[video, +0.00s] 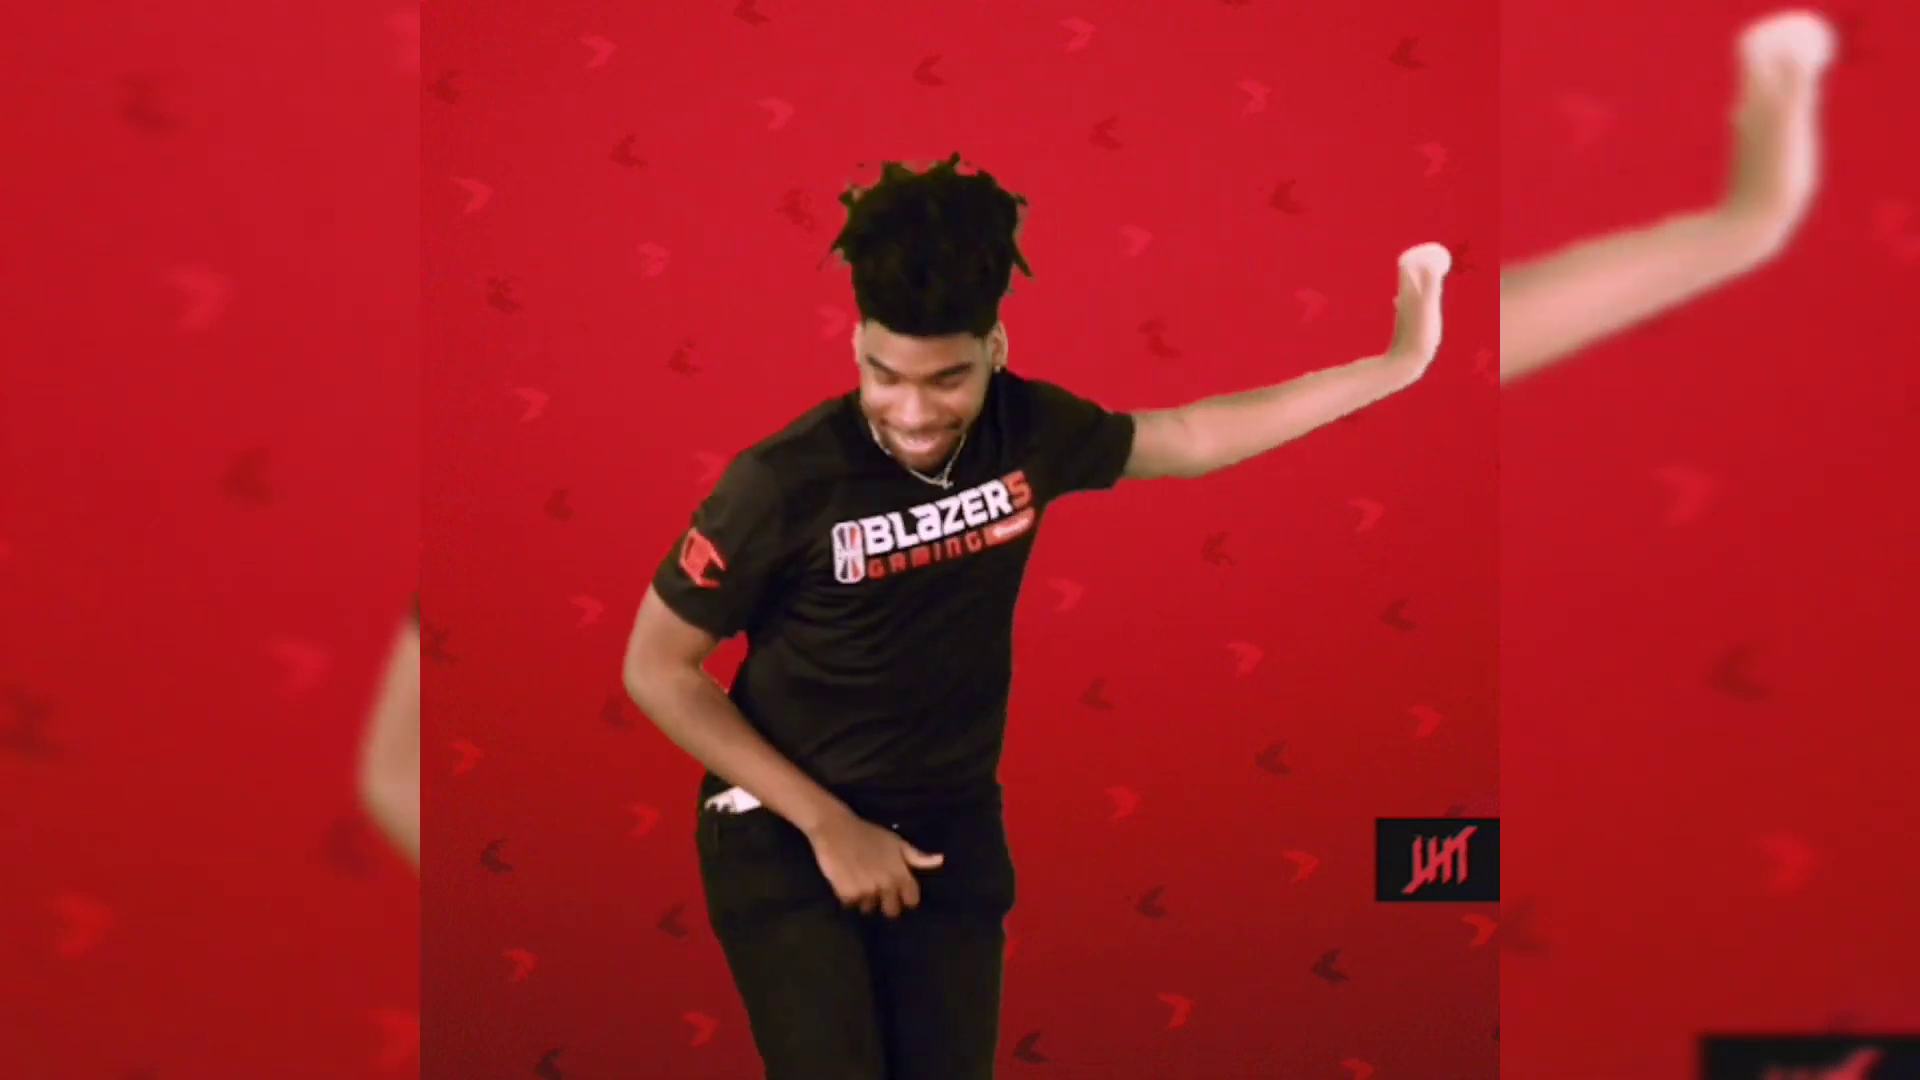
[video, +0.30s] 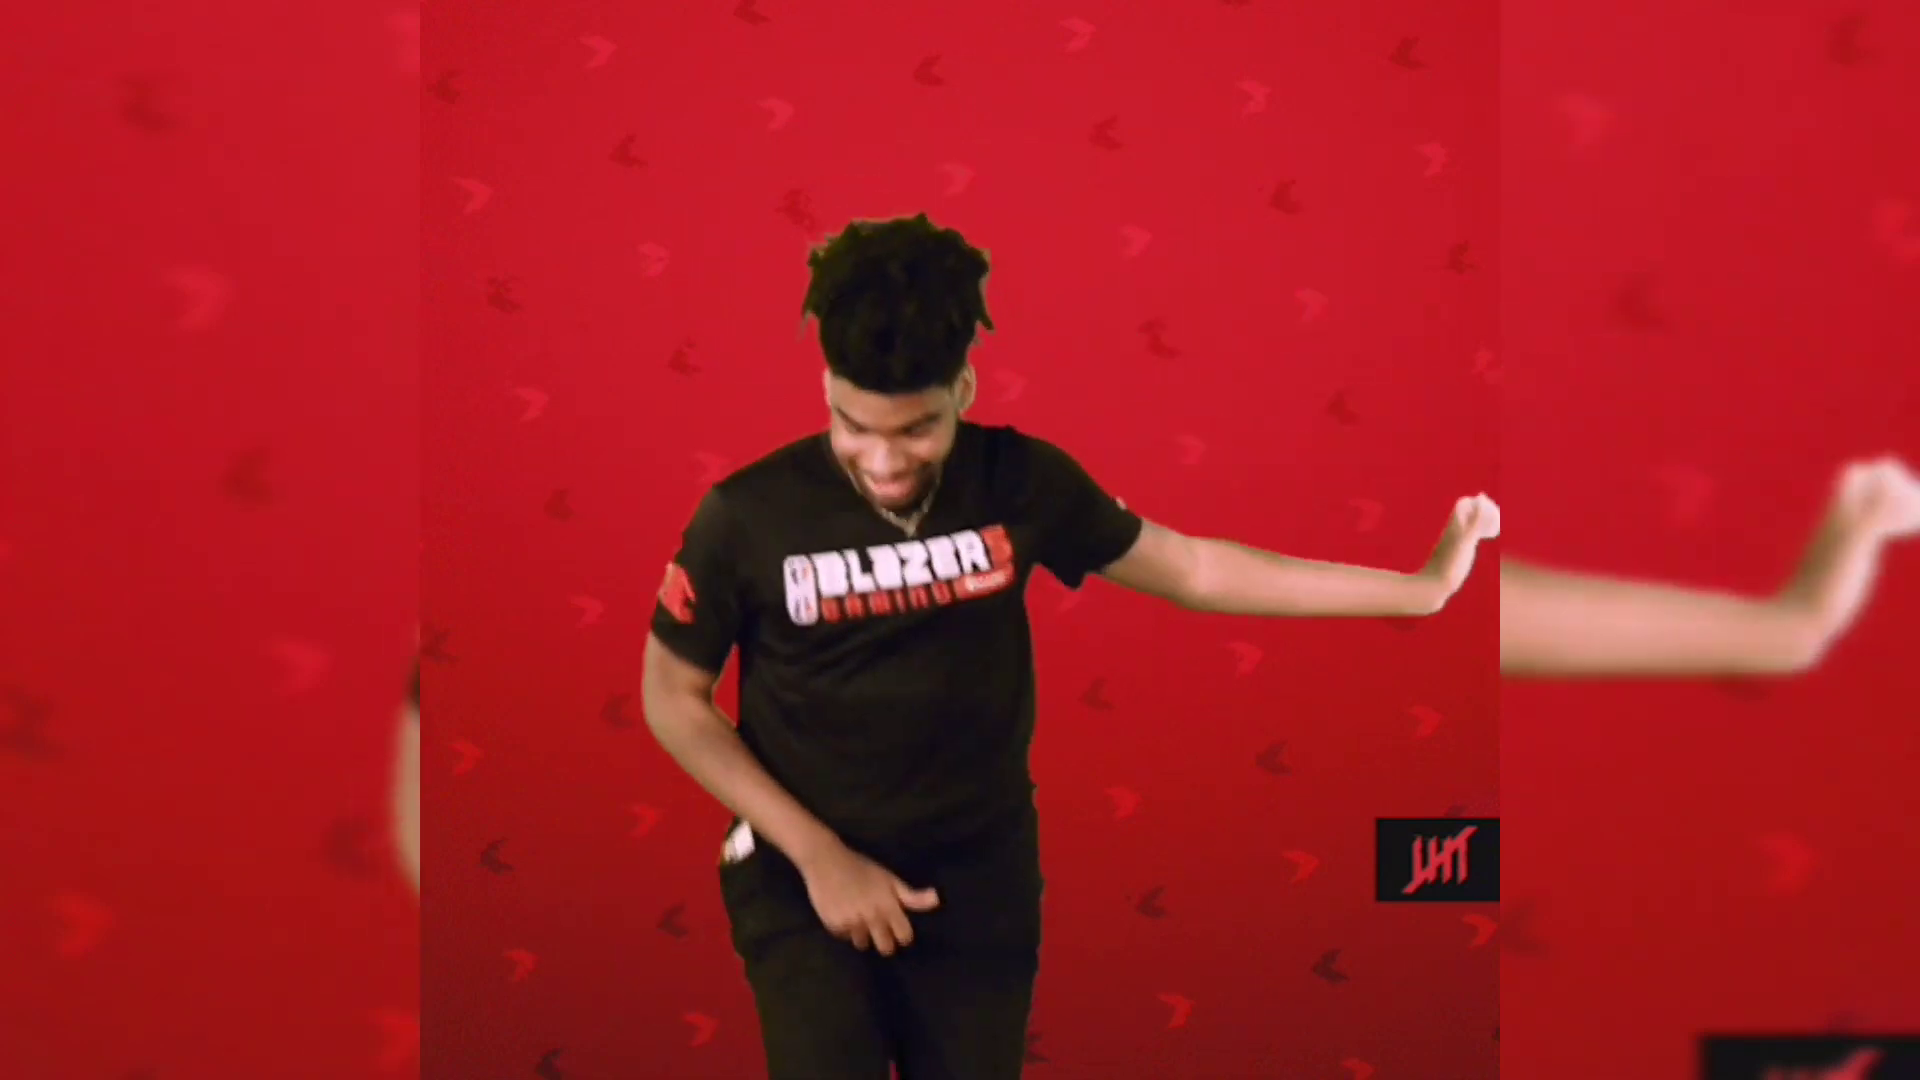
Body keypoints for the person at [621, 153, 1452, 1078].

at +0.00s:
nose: (914, 411)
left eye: (946, 377)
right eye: (885, 375)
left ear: (998, 340)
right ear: (853, 338)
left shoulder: (1034, 429)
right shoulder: (782, 484)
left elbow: (1192, 440)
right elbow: (653, 670)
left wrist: (1400, 365)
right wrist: (824, 817)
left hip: (950, 834)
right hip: (781, 839)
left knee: (954, 1061)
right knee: (837, 1059)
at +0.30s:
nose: (888, 460)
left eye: (917, 428)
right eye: (859, 428)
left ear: (964, 384)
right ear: (824, 384)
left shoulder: (1020, 484)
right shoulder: (744, 521)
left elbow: (1193, 569)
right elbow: (669, 702)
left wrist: (1417, 592)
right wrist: (818, 853)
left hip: (977, 879)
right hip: (800, 884)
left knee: (975, 1074)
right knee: (827, 1075)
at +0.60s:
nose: (827, 431)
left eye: (860, 401)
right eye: (800, 397)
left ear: (901, 365)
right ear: (764, 353)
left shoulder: (976, 480)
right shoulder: (697, 510)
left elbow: (1162, 613)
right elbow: (666, 719)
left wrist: (1386, 702)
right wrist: (761, 877)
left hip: (947, 871)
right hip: (777, 879)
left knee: (922, 1067)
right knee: (782, 1071)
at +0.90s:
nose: (978, 356)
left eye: (1010, 326)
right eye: (951, 320)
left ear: (1047, 286)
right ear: (902, 270)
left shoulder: (1095, 413)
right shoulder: (802, 382)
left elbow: (1132, 545)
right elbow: (729, 523)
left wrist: (1115, 578)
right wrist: (760, 653)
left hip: (1002, 813)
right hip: (826, 804)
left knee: (984, 1062)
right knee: (809, 1063)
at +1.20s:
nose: (922, 372)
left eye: (953, 343)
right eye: (894, 337)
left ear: (992, 301)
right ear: (846, 291)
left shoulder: (1047, 439)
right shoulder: (752, 419)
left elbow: (1083, 589)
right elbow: (684, 570)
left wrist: (1046, 682)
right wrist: (718, 690)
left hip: (962, 847)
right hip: (785, 843)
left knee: (944, 1063)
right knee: (781, 1062)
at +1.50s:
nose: (850, 390)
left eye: (877, 356)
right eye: (818, 358)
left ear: (922, 318)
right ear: (779, 324)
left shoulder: (1008, 438)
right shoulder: (720, 483)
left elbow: (1028, 582)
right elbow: (605, 643)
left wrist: (1037, 703)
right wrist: (740, 757)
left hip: (981, 873)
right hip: (810, 883)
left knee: (986, 1062)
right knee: (805, 1063)